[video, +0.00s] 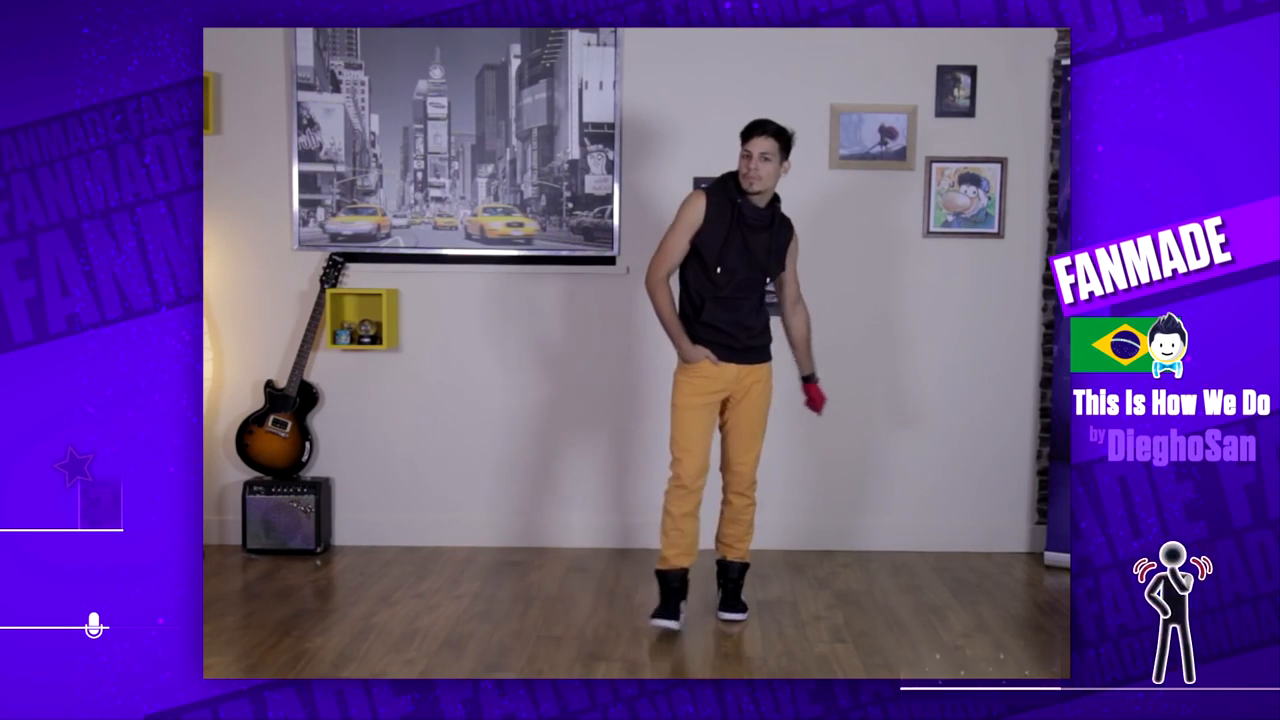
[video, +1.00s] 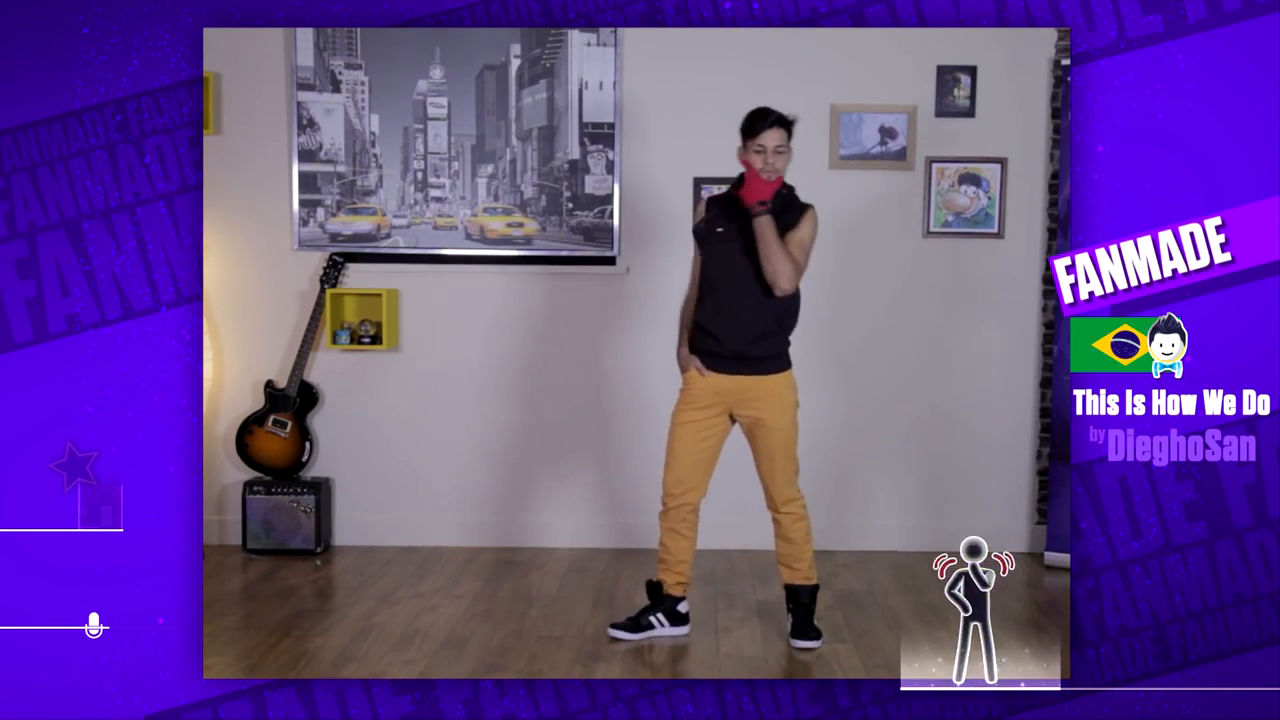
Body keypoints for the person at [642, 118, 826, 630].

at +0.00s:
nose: (752, 166)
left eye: (764, 158)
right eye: (746, 155)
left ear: (783, 168)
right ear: (737, 159)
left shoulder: (783, 231)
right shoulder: (704, 204)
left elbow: (793, 305)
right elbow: (656, 276)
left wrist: (808, 375)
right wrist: (684, 347)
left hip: (754, 371)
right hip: (700, 366)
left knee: (741, 481)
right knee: (686, 478)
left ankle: (731, 587)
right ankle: (672, 592)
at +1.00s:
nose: (769, 161)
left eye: (779, 152)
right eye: (760, 151)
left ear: (790, 157)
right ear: (741, 152)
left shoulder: (799, 215)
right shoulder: (712, 210)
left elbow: (784, 281)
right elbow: (696, 287)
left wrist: (760, 212)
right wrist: (684, 347)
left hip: (767, 384)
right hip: (704, 379)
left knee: (784, 498)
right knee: (678, 497)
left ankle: (801, 606)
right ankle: (670, 605)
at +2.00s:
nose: (665, 171)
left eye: (672, 159)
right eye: (655, 164)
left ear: (693, 155)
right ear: (648, 169)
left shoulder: (732, 210)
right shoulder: (648, 228)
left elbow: (718, 289)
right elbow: (628, 309)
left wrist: (675, 227)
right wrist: (633, 354)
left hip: (722, 377)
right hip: (660, 374)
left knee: (752, 494)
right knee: (652, 494)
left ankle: (778, 605)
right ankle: (645, 602)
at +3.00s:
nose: (698, 163)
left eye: (710, 155)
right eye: (693, 153)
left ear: (735, 162)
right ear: (687, 156)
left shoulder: (744, 225)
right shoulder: (660, 208)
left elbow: (749, 303)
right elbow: (618, 290)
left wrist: (718, 239)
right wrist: (646, 361)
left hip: (732, 379)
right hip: (670, 379)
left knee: (755, 495)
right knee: (656, 495)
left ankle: (778, 604)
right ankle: (642, 601)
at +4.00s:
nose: (734, 175)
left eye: (746, 166)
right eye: (729, 163)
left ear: (775, 166)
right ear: (725, 160)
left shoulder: (792, 227)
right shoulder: (698, 207)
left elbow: (777, 301)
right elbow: (656, 286)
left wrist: (741, 234)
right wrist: (670, 354)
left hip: (760, 381)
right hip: (696, 377)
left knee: (775, 496)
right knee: (668, 495)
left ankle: (793, 606)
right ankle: (653, 601)